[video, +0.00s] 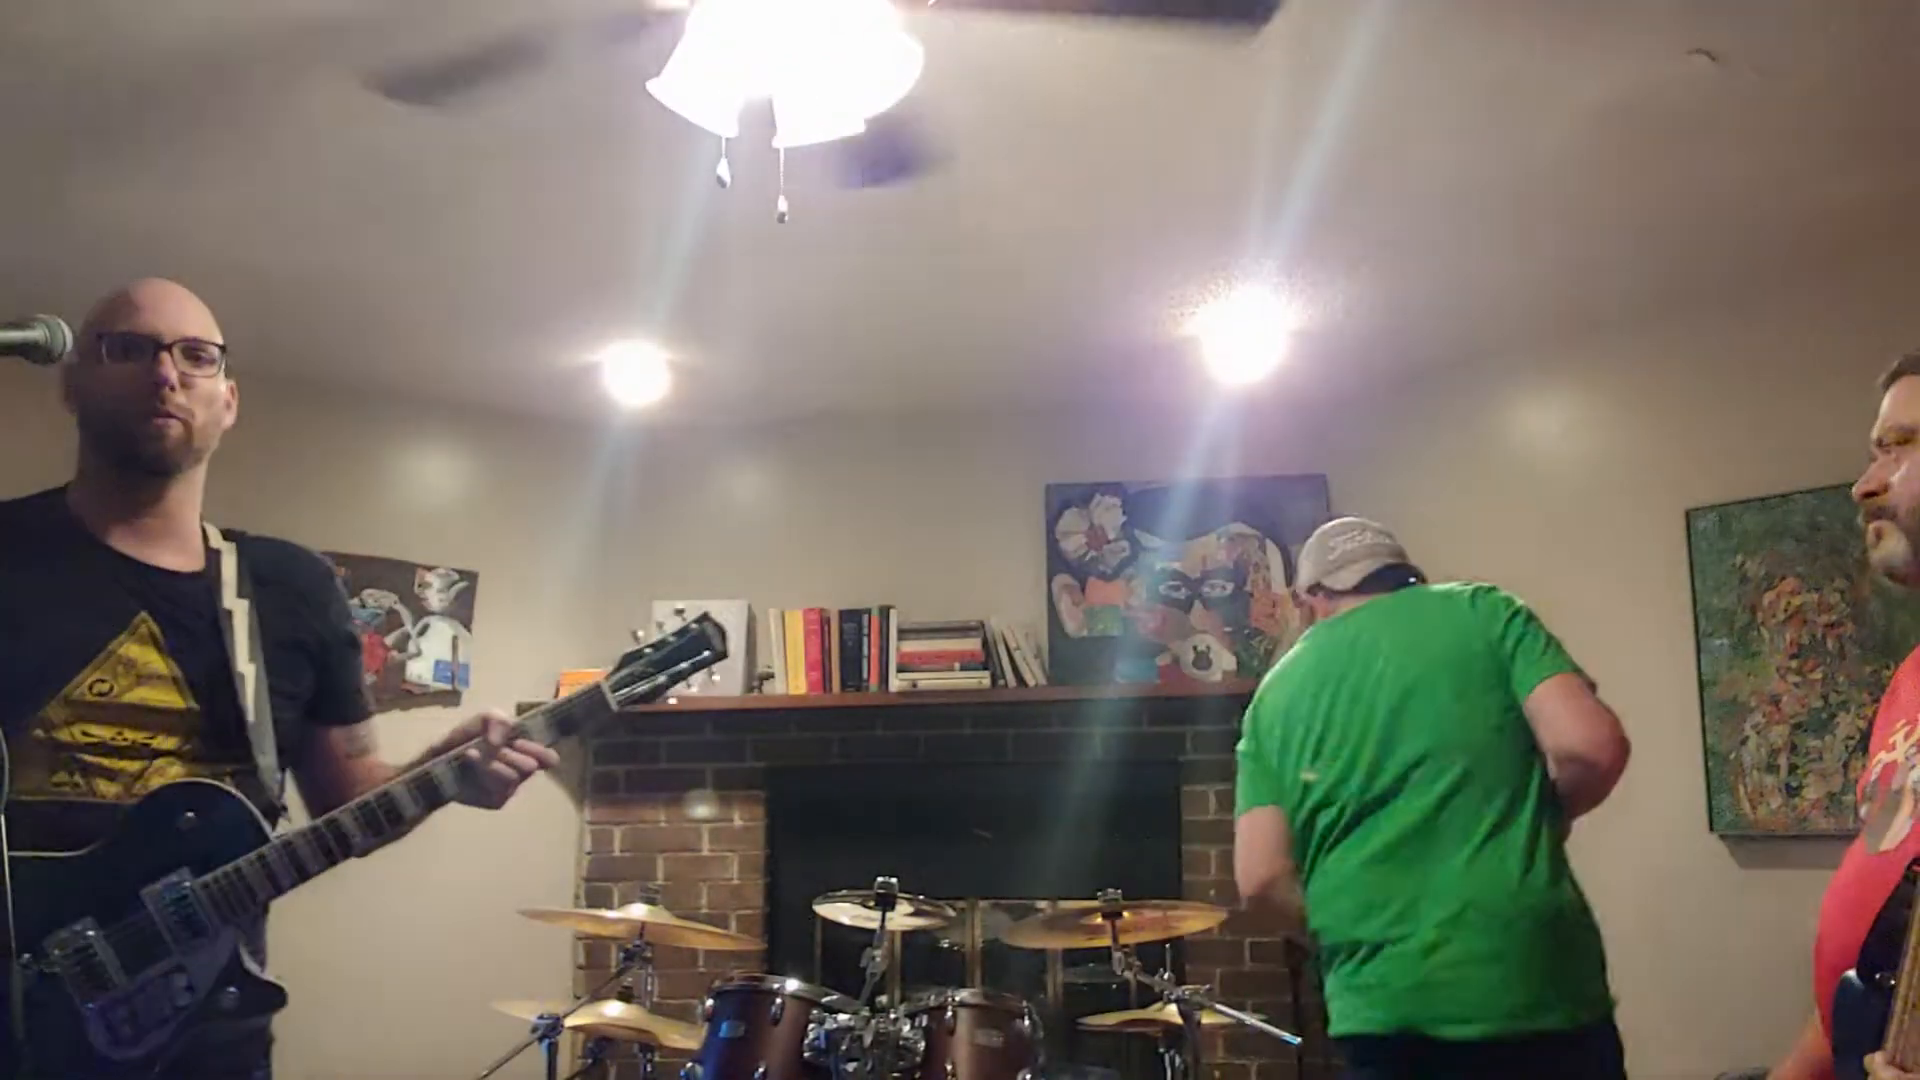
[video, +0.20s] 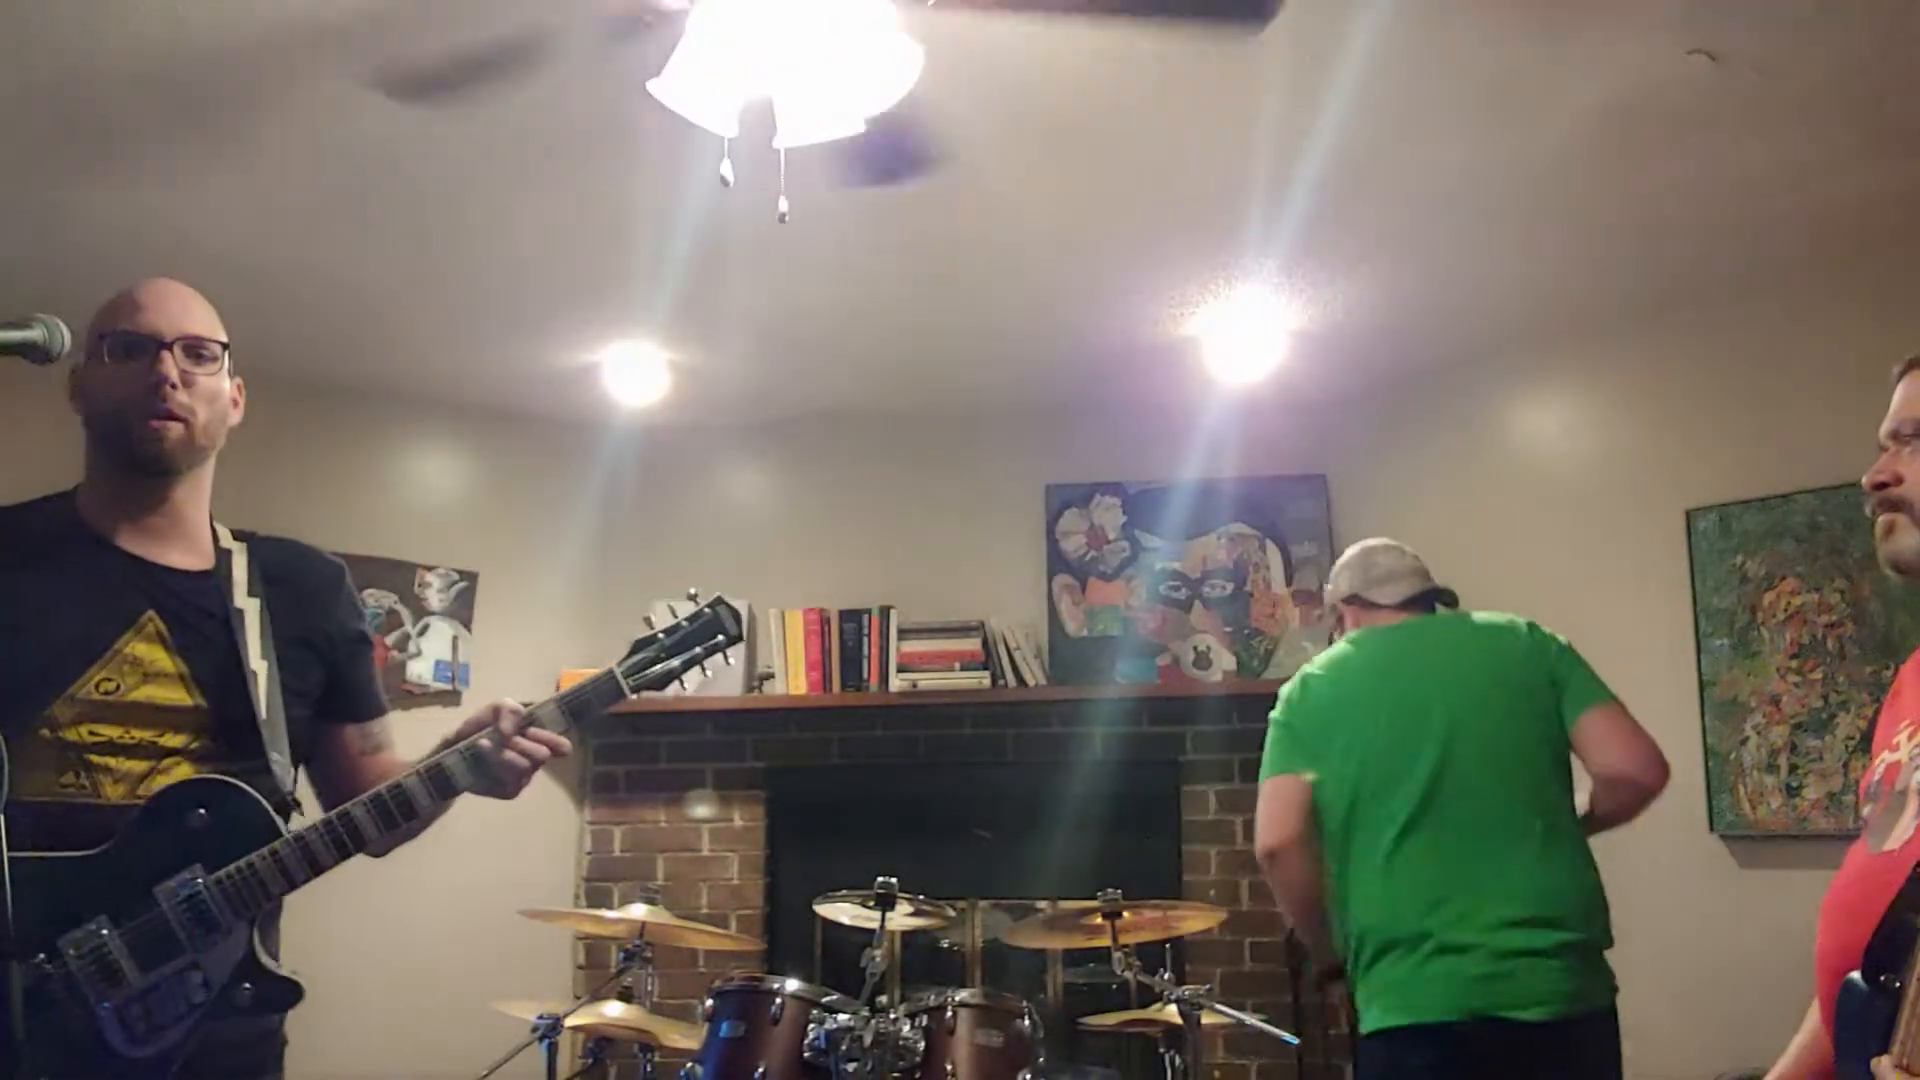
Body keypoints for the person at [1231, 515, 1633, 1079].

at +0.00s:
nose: (1305, 618)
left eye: (1303, 610)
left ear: (1314, 602)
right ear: (1411, 578)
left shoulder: (1276, 691)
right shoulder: (1484, 609)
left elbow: (1260, 878)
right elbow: (1592, 747)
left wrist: (1343, 923)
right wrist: (1539, 819)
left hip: (1382, 1005)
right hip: (1541, 988)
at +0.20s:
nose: (1336, 633)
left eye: (1333, 625)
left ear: (1347, 616)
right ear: (1434, 602)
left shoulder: (1311, 688)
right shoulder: (1528, 644)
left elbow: (1277, 841)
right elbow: (1637, 770)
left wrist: (1326, 948)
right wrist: (1570, 828)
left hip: (1412, 1014)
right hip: (1563, 1007)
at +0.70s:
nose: (1259, 692)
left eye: (1258, 670)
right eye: (1253, 674)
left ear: (1294, 652)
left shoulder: (1311, 710)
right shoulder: (1446, 690)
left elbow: (1360, 829)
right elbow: (1496, 826)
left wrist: (1369, 988)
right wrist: (1351, 844)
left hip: (1386, 1020)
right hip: (1504, 1009)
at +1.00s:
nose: (1145, 723)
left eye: (1145, 704)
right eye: (1138, 710)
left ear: (1181, 677)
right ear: (1185, 675)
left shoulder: (1236, 722)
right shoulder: (1282, 698)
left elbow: (1330, 830)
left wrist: (1361, 981)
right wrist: (1217, 919)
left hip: (1319, 990)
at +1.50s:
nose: (1086, 734)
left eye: (1086, 716)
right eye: (1077, 723)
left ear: (1125, 687)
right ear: (1125, 689)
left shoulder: (1241, 716)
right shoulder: (1126, 764)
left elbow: (1349, 803)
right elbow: (1111, 893)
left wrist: (1384, 931)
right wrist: (1069, 1005)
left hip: (1280, 976)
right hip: (1197, 980)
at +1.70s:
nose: (1081, 728)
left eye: (1083, 710)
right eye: (1072, 716)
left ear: (1127, 684)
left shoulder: (1248, 724)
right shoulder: (1110, 762)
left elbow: (1339, 819)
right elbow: (1095, 892)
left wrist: (1358, 945)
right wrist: (1066, 1006)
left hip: (1262, 991)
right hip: (1157, 990)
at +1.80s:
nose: (1080, 724)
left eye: (1082, 706)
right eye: (1071, 711)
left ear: (1126, 681)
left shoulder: (1243, 722)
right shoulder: (1104, 757)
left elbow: (1332, 820)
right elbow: (1090, 882)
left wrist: (1346, 945)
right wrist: (1060, 1003)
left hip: (1251, 983)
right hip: (1144, 980)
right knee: (1112, 1072)